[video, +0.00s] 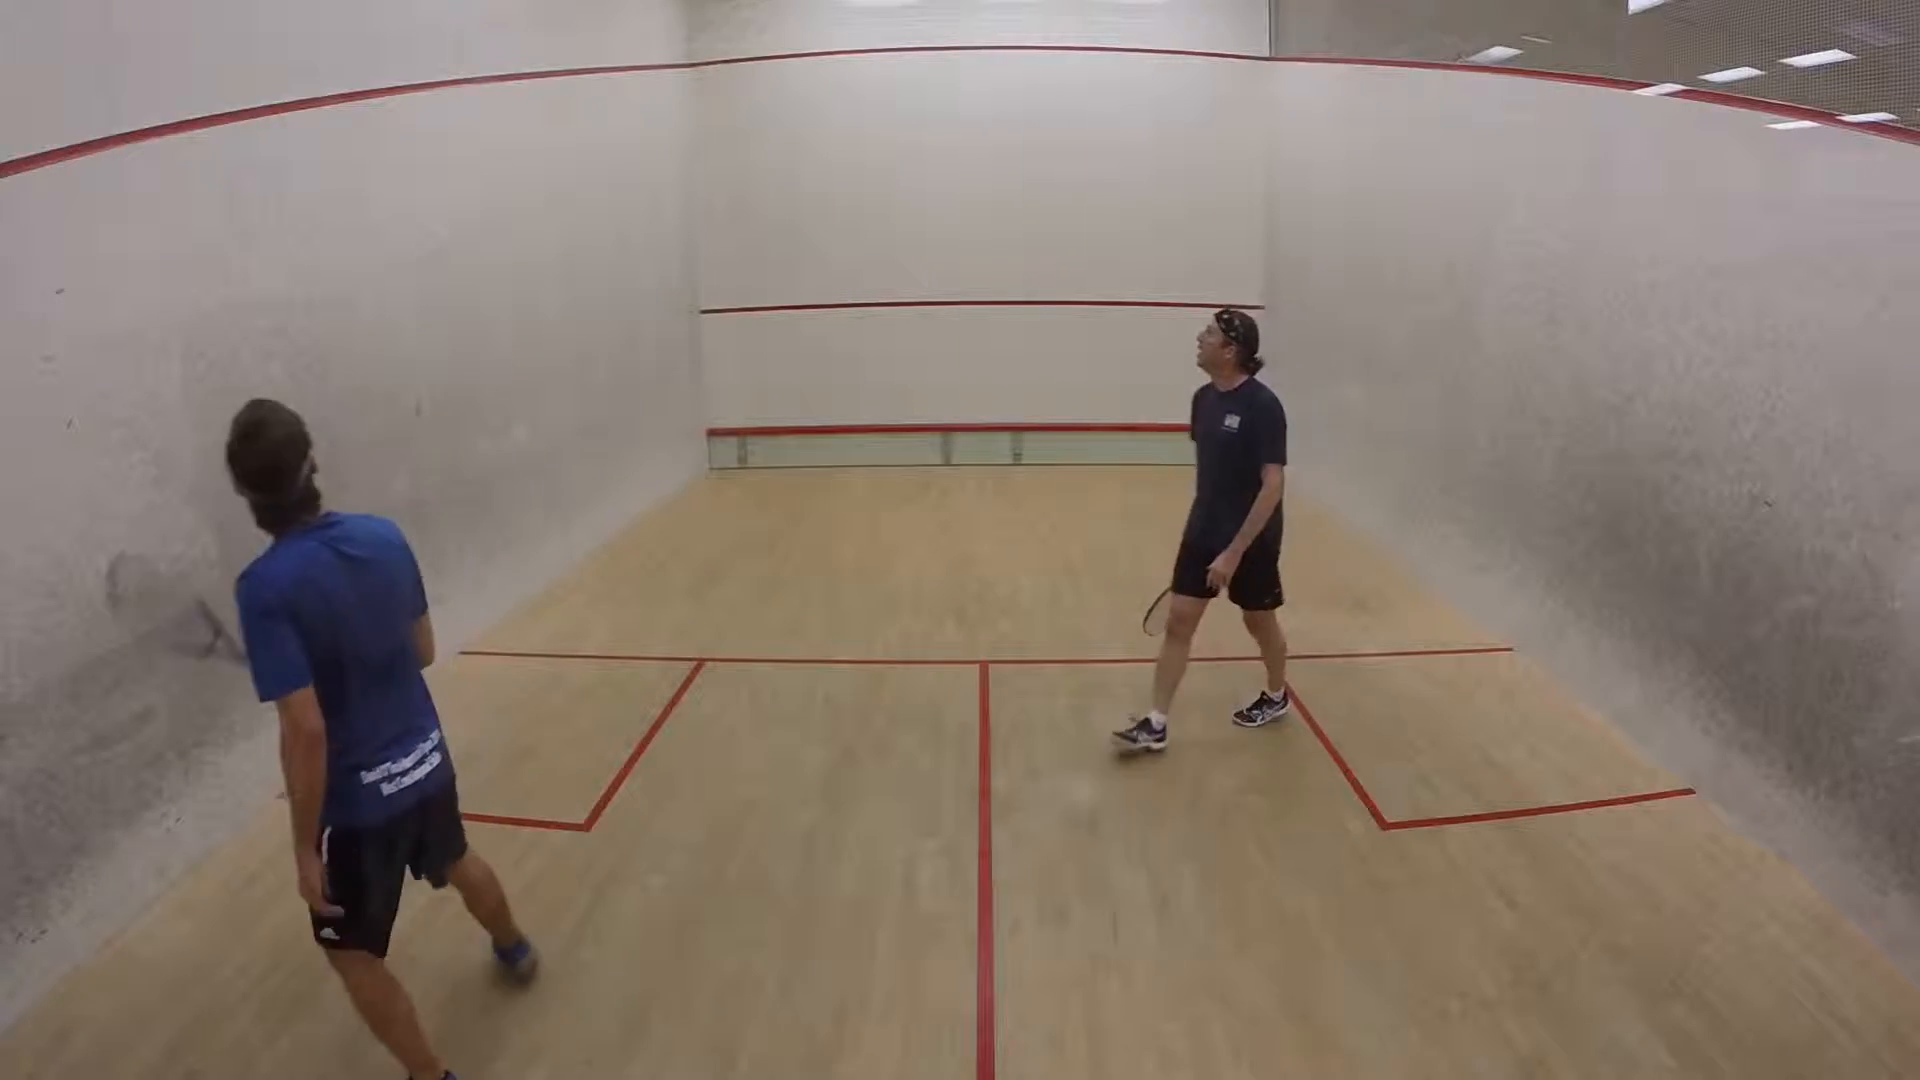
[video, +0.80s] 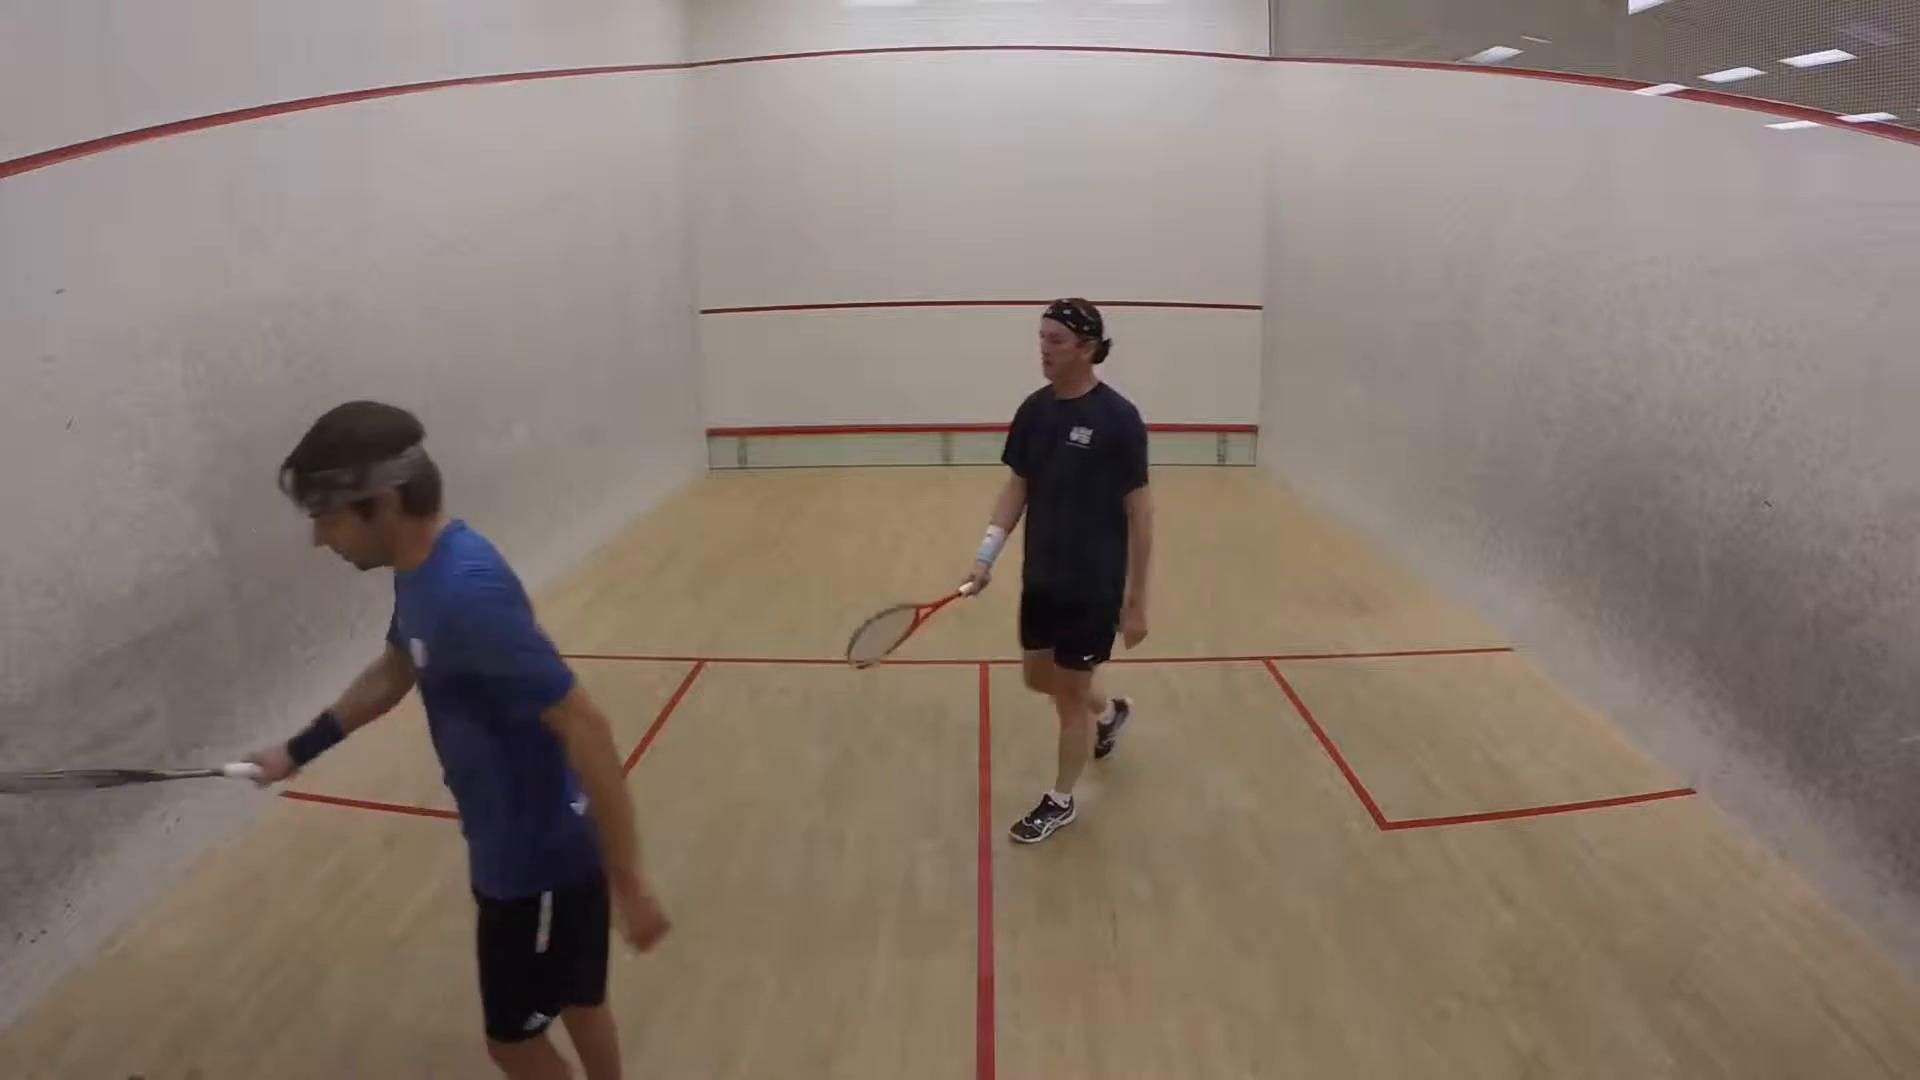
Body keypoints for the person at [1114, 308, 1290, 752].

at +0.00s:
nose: (1199, 340)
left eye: (1209, 336)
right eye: (1203, 334)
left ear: (1231, 351)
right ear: (1224, 349)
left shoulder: (1263, 406)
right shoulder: (1203, 398)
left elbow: (1272, 487)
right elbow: (1207, 474)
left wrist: (1234, 552)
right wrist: (1194, 535)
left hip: (1251, 533)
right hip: (1205, 526)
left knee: (1260, 621)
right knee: (1179, 622)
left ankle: (1276, 695)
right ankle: (1155, 722)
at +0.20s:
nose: (1161, 331)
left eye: (1172, 327)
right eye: (1165, 324)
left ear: (1197, 343)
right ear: (1183, 343)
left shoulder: (1229, 401)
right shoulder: (1158, 395)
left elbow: (1247, 483)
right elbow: (1152, 465)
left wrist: (1230, 559)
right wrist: (1148, 523)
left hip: (1206, 540)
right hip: (1159, 531)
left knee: (1197, 646)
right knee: (1146, 629)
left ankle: (1245, 683)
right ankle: (1149, 726)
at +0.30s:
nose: (1143, 329)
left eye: (1154, 325)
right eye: (1146, 322)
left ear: (1181, 340)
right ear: (1166, 339)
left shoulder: (1213, 398)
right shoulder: (1137, 391)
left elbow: (1235, 478)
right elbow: (1123, 461)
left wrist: (1229, 557)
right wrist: (1106, 524)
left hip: (1191, 539)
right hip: (1143, 531)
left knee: (1162, 645)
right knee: (1140, 631)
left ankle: (1203, 696)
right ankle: (1148, 726)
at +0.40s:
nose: (1124, 330)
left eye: (1135, 325)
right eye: (1127, 322)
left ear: (1164, 340)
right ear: (1147, 339)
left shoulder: (1196, 400)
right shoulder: (1116, 394)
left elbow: (1222, 481)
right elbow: (1094, 462)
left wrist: (1222, 559)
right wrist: (1069, 528)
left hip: (1174, 543)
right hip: (1127, 537)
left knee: (1140, 649)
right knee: (1134, 644)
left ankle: (1153, 738)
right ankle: (1148, 727)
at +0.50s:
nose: (1106, 338)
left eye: (1118, 333)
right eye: (1108, 329)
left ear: (1147, 346)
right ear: (1122, 342)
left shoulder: (1178, 407)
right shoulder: (1096, 401)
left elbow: (1207, 486)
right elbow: (1065, 472)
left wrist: (1210, 567)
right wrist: (1033, 536)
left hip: (1155, 552)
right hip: (1108, 546)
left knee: (1121, 667)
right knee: (1133, 643)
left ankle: (1093, 779)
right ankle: (1147, 726)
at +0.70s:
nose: (1066, 353)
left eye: (1078, 345)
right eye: (1065, 342)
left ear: (1110, 355)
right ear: (1067, 348)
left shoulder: (1141, 423)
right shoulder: (1056, 414)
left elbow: (1166, 509)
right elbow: (1029, 485)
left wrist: (1169, 593)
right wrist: (994, 549)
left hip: (1115, 574)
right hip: (1067, 567)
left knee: (1076, 689)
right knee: (1094, 657)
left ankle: (1061, 798)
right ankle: (1139, 718)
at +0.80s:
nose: (1043, 349)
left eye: (1055, 341)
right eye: (1041, 339)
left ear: (1089, 348)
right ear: (1042, 343)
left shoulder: (1120, 419)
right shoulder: (1034, 410)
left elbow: (1140, 513)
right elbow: (1016, 488)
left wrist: (1136, 600)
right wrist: (985, 557)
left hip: (1094, 578)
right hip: (1041, 571)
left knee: (1073, 691)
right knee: (1038, 673)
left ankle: (1061, 799)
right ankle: (1107, 712)